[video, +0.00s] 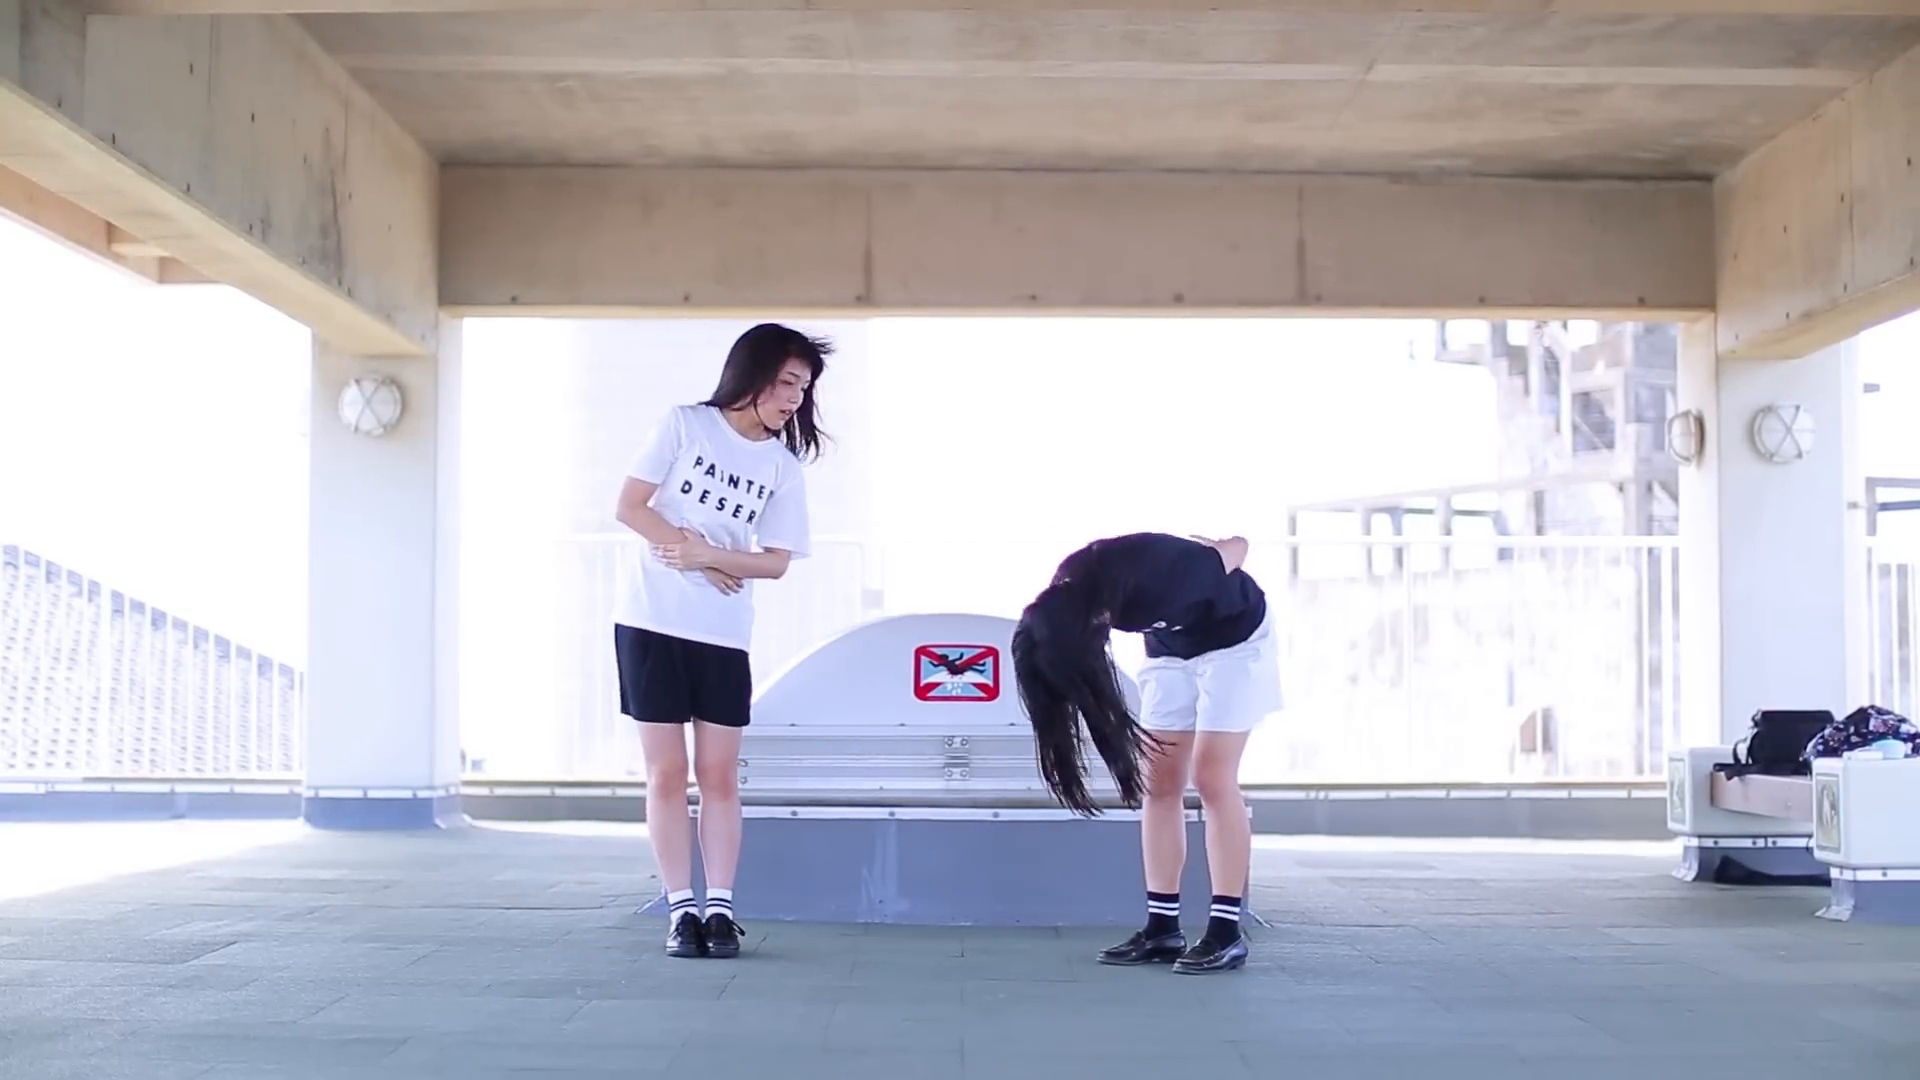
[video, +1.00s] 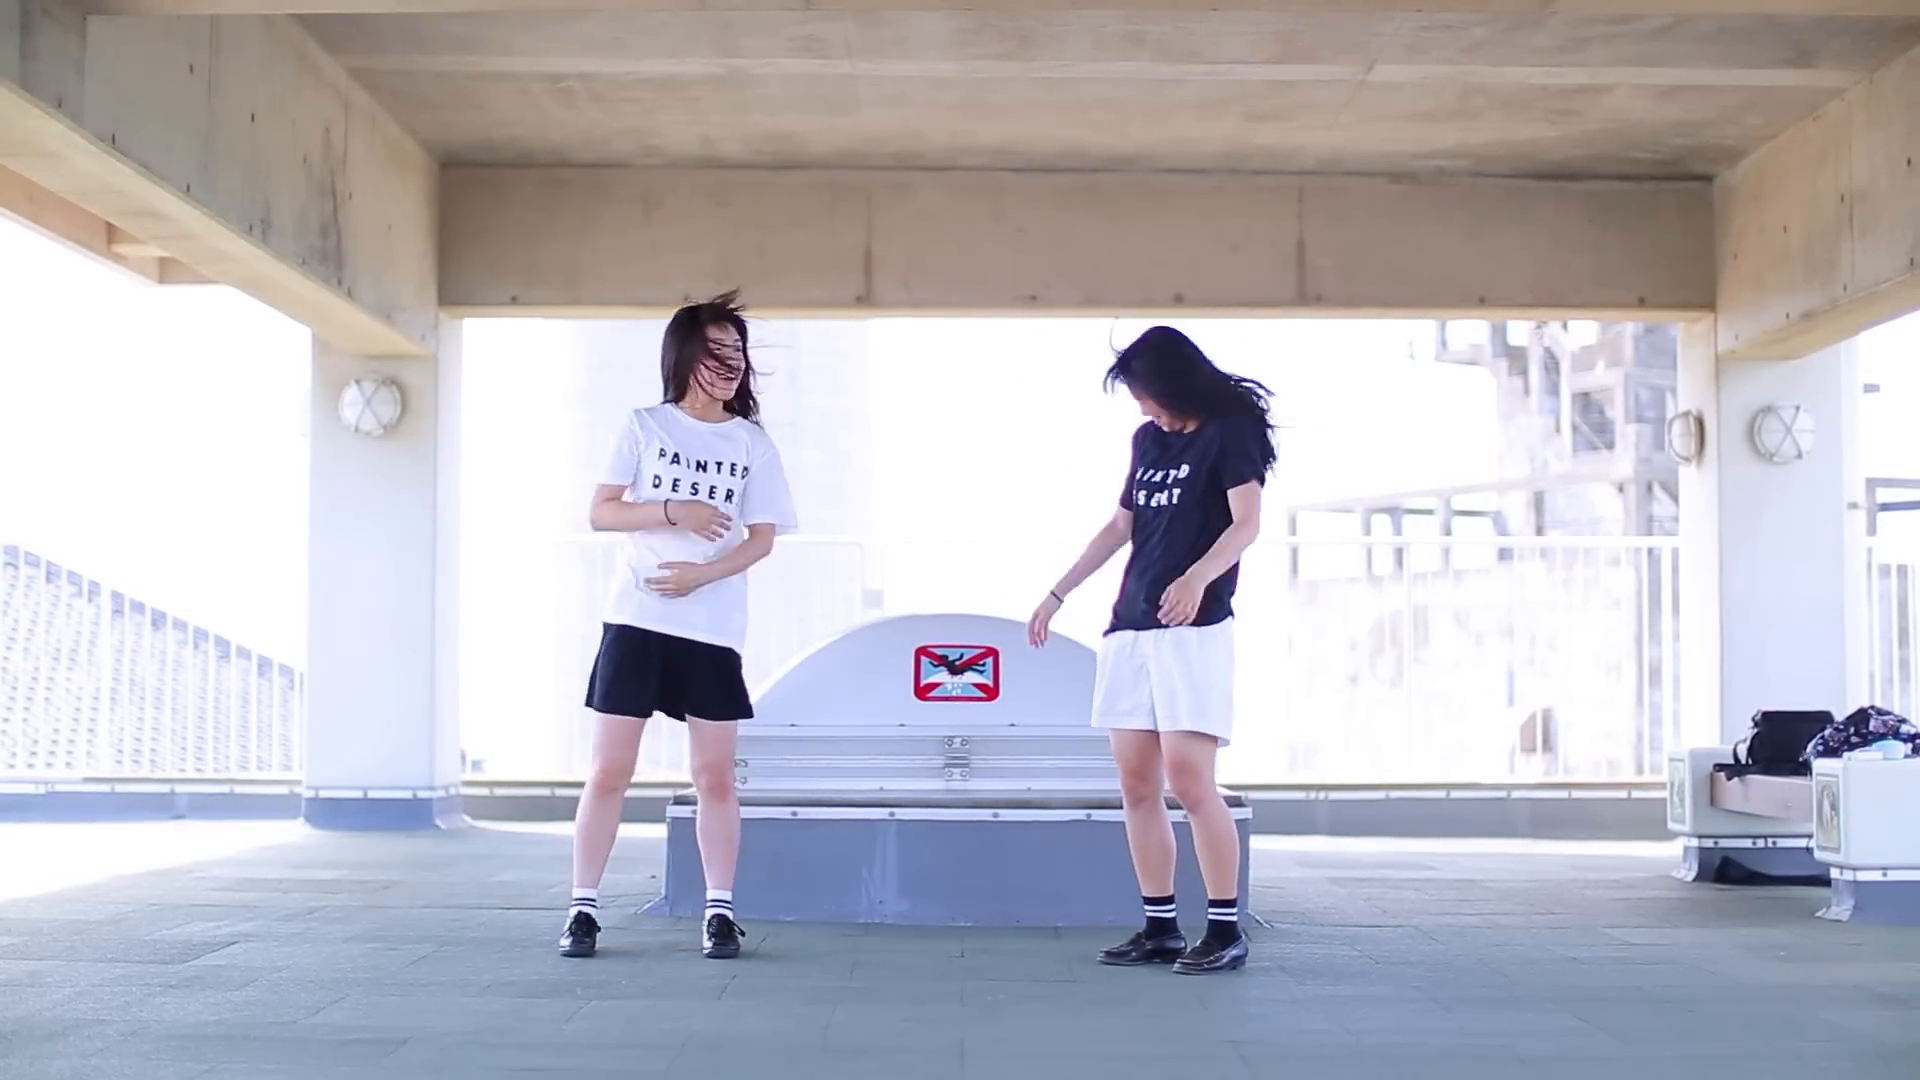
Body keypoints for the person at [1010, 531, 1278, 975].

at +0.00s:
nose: (1087, 670)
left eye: (1083, 665)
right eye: (1071, 675)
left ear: (1091, 630)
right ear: (1037, 631)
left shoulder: (1162, 587)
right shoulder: (1064, 586)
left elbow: (1237, 548)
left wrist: (1205, 553)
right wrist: (1190, 550)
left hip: (1233, 639)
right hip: (1164, 644)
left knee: (1213, 781)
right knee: (1160, 785)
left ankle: (1225, 933)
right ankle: (1162, 929)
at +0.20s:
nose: (1072, 487)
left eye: (1072, 472)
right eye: (1062, 478)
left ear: (1094, 449)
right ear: (1060, 468)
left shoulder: (1174, 470)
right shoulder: (1089, 496)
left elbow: (1251, 527)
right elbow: (1140, 551)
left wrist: (1224, 589)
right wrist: (1154, 601)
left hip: (1214, 631)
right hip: (1150, 631)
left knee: (1202, 778)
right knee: (1149, 784)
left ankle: (1225, 933)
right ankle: (1160, 931)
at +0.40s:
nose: (1116, 353)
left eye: (1129, 344)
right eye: (1119, 342)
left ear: (1166, 364)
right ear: (1146, 364)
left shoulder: (1193, 442)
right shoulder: (1123, 441)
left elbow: (1233, 542)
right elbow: (1127, 540)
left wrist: (1219, 606)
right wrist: (1152, 596)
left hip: (1181, 631)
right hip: (1124, 629)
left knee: (1184, 783)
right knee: (1137, 785)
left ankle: (1225, 928)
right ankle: (1159, 927)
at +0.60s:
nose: (1146, 350)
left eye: (1162, 345)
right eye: (1153, 340)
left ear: (1190, 370)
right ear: (1173, 364)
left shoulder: (1201, 438)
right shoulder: (1134, 441)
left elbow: (1230, 542)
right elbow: (1132, 541)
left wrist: (1219, 611)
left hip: (1180, 633)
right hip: (1123, 631)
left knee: (1179, 783)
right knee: (1134, 786)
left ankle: (1223, 927)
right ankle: (1159, 927)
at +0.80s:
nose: (1149, 365)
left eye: (1165, 356)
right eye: (1148, 353)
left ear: (1201, 370)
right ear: (1147, 357)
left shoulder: (1218, 430)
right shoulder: (1135, 433)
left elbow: (1233, 531)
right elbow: (1131, 533)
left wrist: (1237, 624)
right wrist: (1112, 614)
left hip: (1186, 627)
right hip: (1123, 628)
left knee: (1186, 781)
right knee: (1136, 784)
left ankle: (1224, 930)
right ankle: (1159, 928)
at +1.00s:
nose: (1145, 412)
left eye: (1150, 399)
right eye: (1139, 401)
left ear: (1179, 386)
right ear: (1141, 392)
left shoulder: (1232, 428)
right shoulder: (1148, 438)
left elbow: (1247, 524)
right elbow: (1120, 526)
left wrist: (1195, 578)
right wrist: (1059, 591)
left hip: (1194, 633)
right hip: (1128, 632)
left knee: (1190, 781)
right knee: (1138, 785)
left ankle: (1226, 933)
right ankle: (1160, 929)